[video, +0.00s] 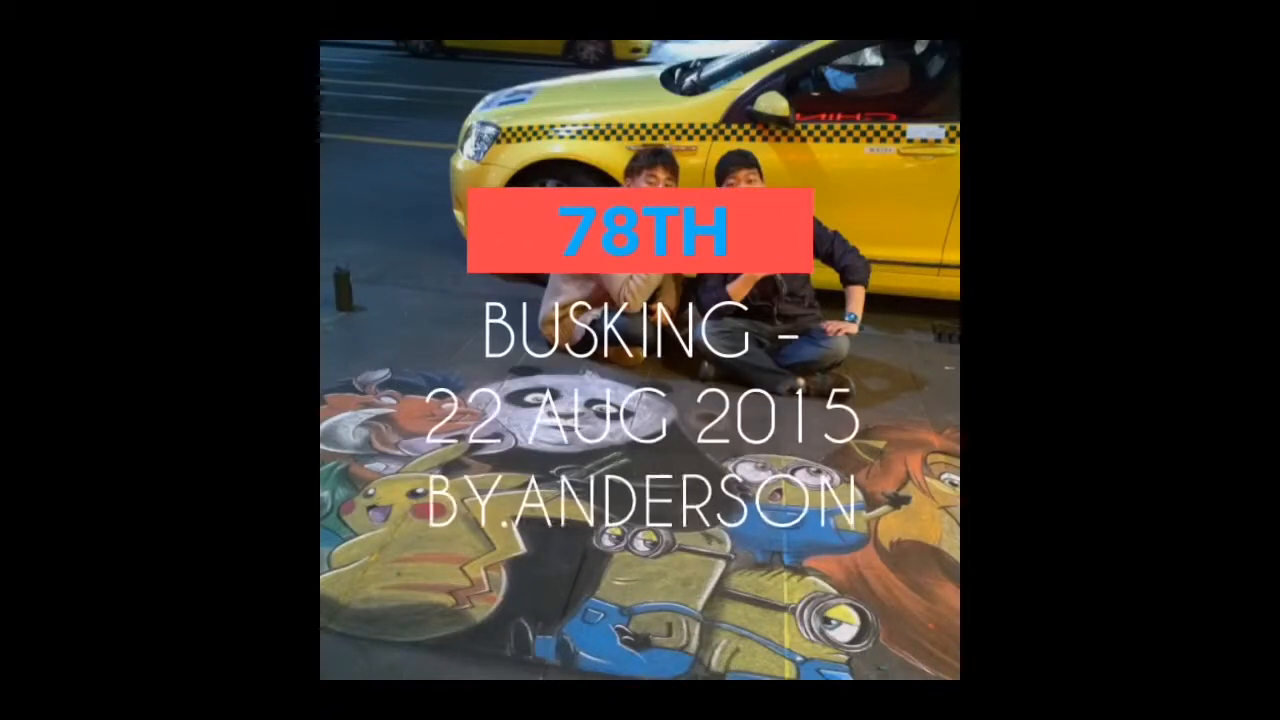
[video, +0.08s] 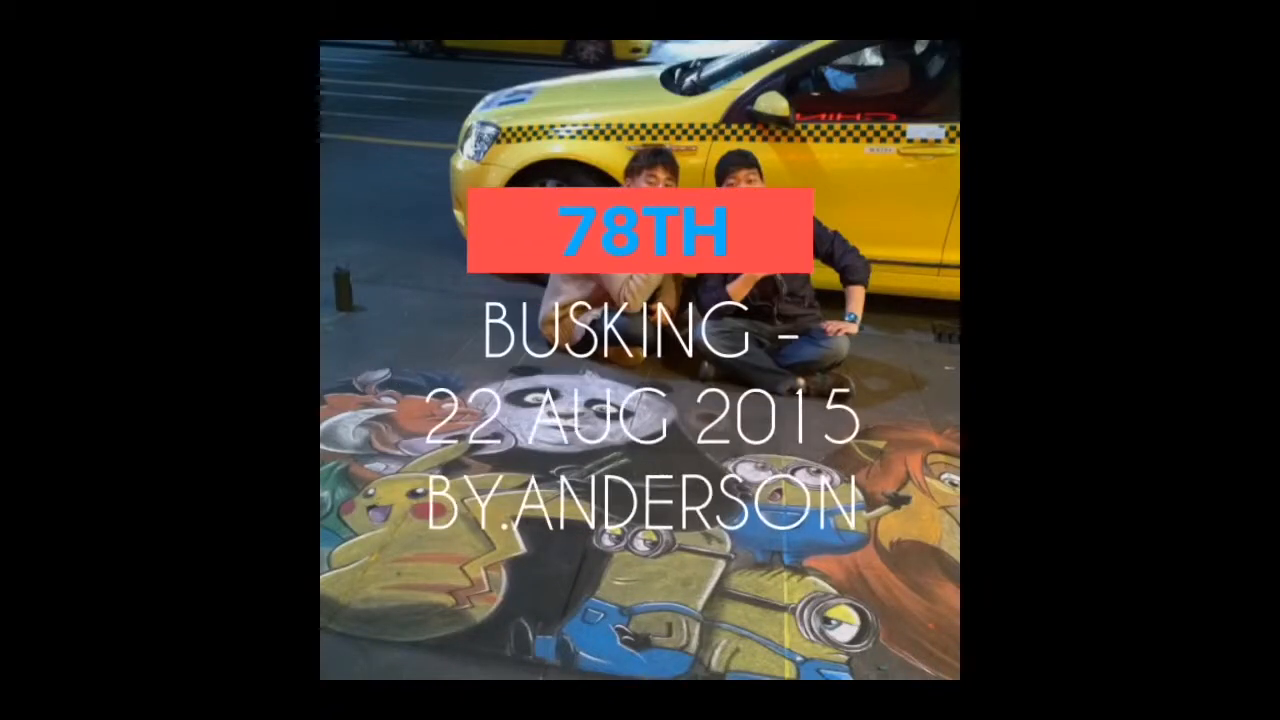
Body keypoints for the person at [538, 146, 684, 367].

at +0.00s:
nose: (659, 191)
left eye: (668, 184)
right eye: (651, 181)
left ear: (674, 190)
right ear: (629, 182)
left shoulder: (655, 224)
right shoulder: (605, 221)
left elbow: (668, 279)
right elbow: (629, 300)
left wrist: (665, 305)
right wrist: (664, 247)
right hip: (565, 319)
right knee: (637, 327)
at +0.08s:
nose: (659, 191)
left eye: (668, 184)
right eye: (651, 181)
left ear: (674, 190)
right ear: (629, 182)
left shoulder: (655, 224)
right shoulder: (605, 221)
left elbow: (668, 279)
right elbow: (629, 300)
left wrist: (665, 305)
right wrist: (664, 247)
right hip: (565, 319)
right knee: (637, 327)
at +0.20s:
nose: (659, 191)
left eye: (668, 184)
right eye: (651, 181)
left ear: (675, 190)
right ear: (629, 182)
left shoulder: (655, 224)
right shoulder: (604, 221)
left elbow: (668, 279)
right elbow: (629, 300)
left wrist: (665, 305)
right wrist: (664, 247)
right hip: (565, 319)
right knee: (637, 327)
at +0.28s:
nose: (659, 191)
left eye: (668, 184)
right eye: (651, 181)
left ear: (675, 190)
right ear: (629, 182)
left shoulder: (654, 224)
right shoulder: (604, 222)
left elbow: (668, 278)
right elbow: (629, 300)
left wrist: (665, 305)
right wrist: (664, 247)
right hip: (566, 319)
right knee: (639, 327)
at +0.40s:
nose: (659, 191)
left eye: (668, 184)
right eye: (651, 181)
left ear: (675, 190)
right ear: (629, 182)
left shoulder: (656, 224)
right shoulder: (604, 222)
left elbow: (669, 278)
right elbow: (629, 300)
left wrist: (665, 305)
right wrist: (664, 249)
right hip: (566, 319)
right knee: (639, 327)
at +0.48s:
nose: (659, 191)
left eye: (668, 184)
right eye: (651, 181)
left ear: (675, 190)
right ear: (629, 182)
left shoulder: (656, 224)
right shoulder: (604, 222)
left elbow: (669, 278)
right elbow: (629, 300)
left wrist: (665, 305)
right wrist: (664, 249)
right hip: (566, 319)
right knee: (639, 327)